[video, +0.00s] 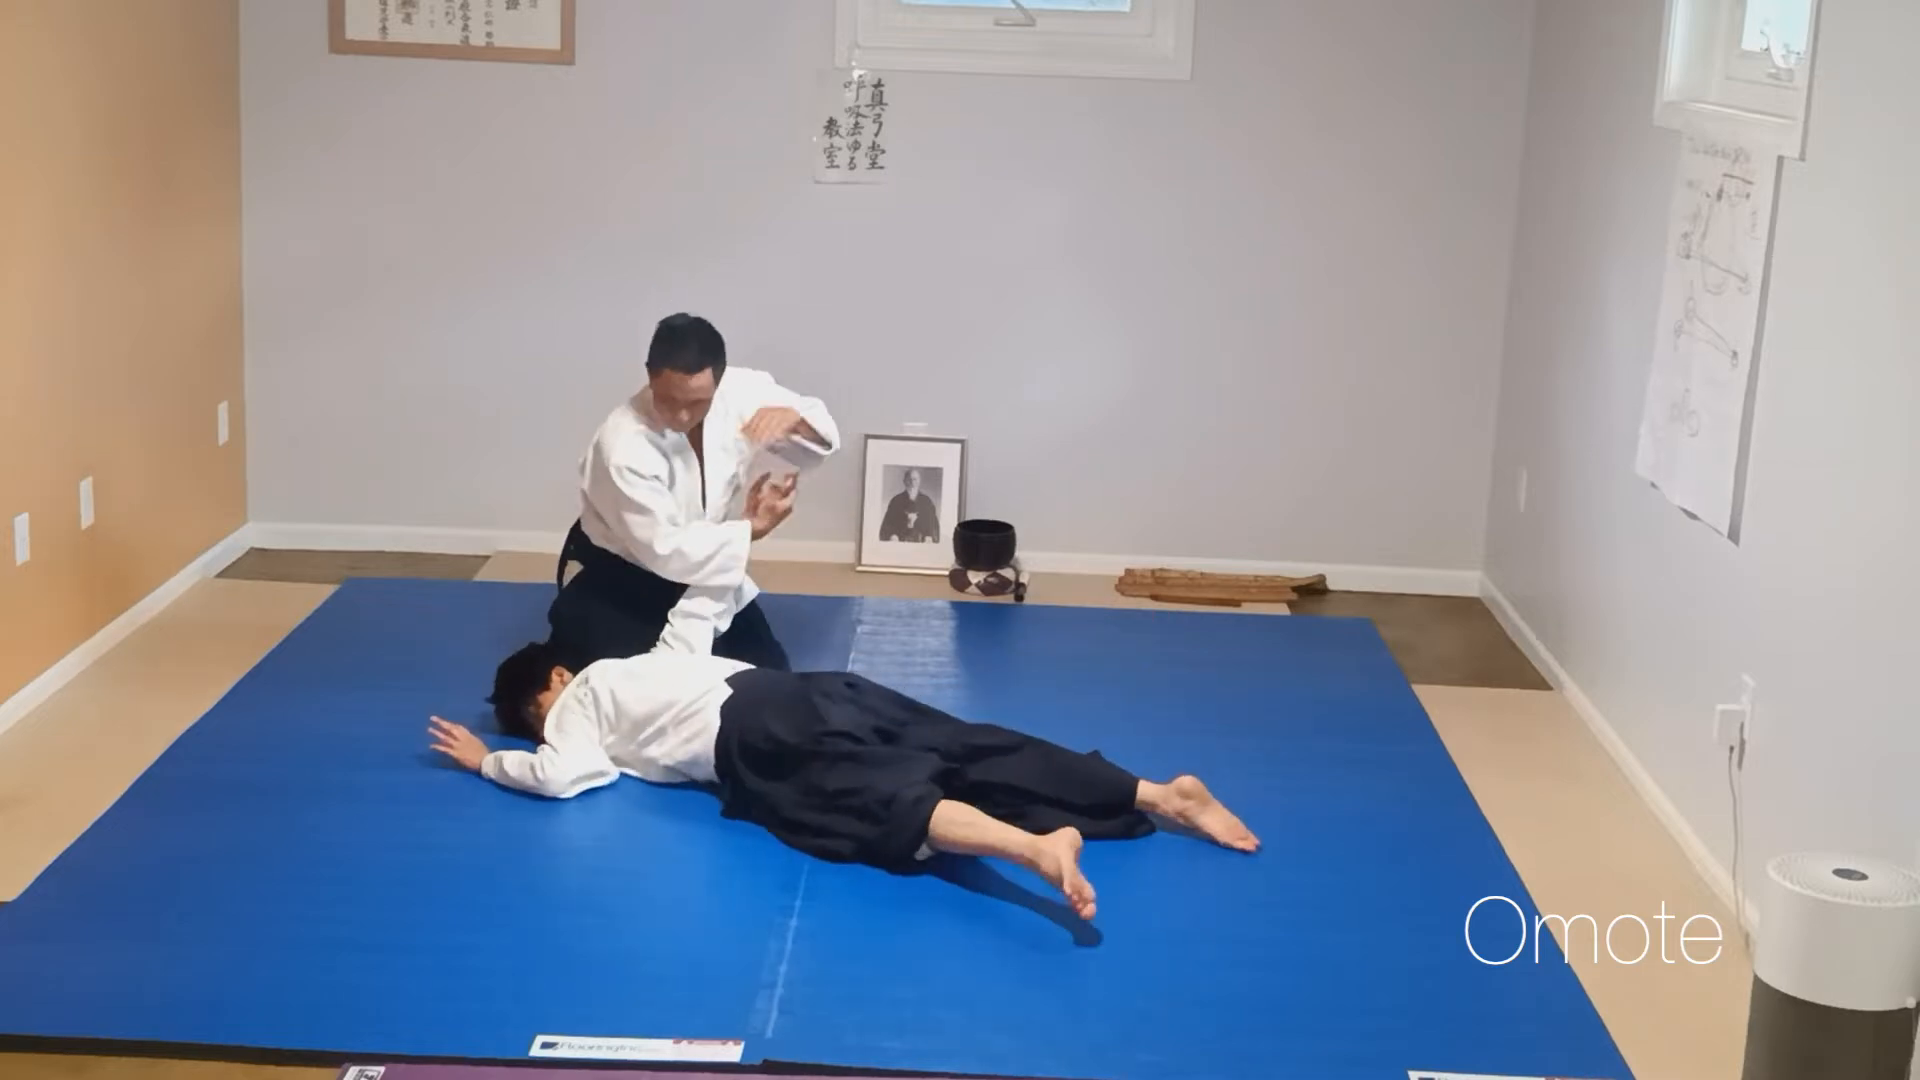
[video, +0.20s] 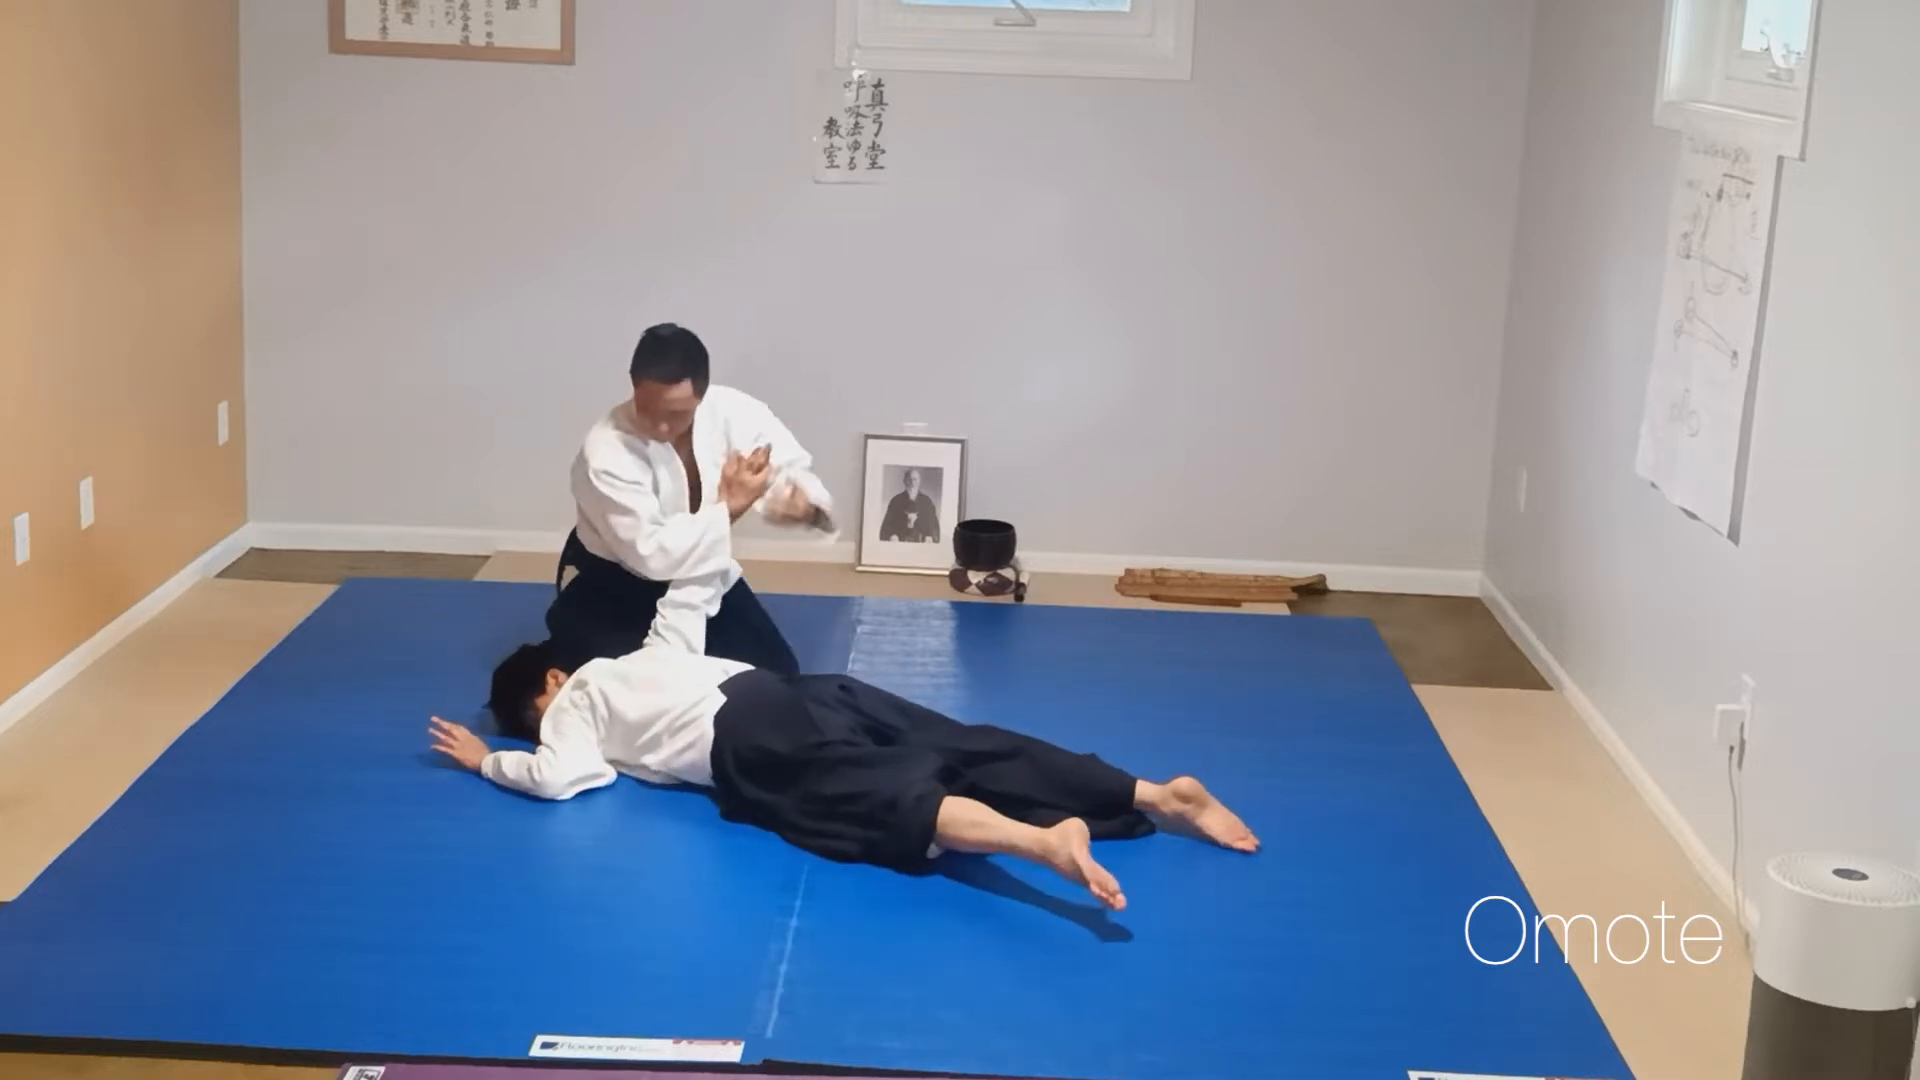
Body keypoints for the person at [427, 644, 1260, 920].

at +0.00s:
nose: (534, 726)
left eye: (527, 712)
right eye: (530, 712)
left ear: (547, 692)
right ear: (570, 668)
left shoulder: (575, 706)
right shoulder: (652, 653)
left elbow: (560, 778)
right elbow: (708, 623)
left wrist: (483, 759)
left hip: (754, 737)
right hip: (806, 687)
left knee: (885, 806)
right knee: (965, 745)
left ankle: (1035, 847)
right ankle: (1165, 795)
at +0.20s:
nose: (544, 725)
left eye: (534, 714)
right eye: (540, 714)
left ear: (547, 693)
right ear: (570, 662)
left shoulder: (574, 711)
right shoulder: (650, 654)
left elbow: (561, 778)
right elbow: (693, 586)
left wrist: (488, 761)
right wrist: (722, 506)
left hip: (747, 739)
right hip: (793, 690)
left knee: (889, 804)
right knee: (958, 749)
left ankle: (1043, 843)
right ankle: (1160, 799)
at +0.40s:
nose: (531, 719)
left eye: (524, 708)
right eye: (530, 707)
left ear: (539, 693)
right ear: (570, 668)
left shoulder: (569, 702)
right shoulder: (644, 656)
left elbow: (559, 779)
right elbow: (706, 636)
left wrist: (486, 759)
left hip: (749, 738)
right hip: (805, 687)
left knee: (888, 807)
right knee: (964, 748)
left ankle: (1031, 852)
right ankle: (1160, 796)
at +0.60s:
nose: (533, 719)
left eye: (526, 710)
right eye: (531, 709)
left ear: (547, 688)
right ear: (578, 662)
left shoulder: (572, 700)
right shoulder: (652, 659)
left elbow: (561, 775)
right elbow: (716, 645)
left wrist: (492, 758)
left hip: (749, 738)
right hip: (804, 688)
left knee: (891, 808)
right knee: (965, 748)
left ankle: (1030, 863)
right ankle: (1160, 797)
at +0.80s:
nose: (532, 722)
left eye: (526, 709)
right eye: (531, 709)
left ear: (547, 689)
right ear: (577, 663)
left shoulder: (576, 703)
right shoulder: (654, 653)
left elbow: (554, 779)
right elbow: (706, 641)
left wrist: (498, 758)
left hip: (751, 739)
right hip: (806, 690)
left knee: (889, 806)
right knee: (965, 748)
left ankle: (1030, 855)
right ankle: (1160, 795)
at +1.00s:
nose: (535, 727)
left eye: (528, 714)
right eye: (533, 714)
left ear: (546, 693)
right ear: (574, 665)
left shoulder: (578, 704)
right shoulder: (652, 653)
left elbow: (555, 777)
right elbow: (698, 651)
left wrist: (486, 758)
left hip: (750, 737)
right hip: (805, 688)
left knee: (890, 807)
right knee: (964, 747)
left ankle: (1026, 858)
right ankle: (1154, 793)